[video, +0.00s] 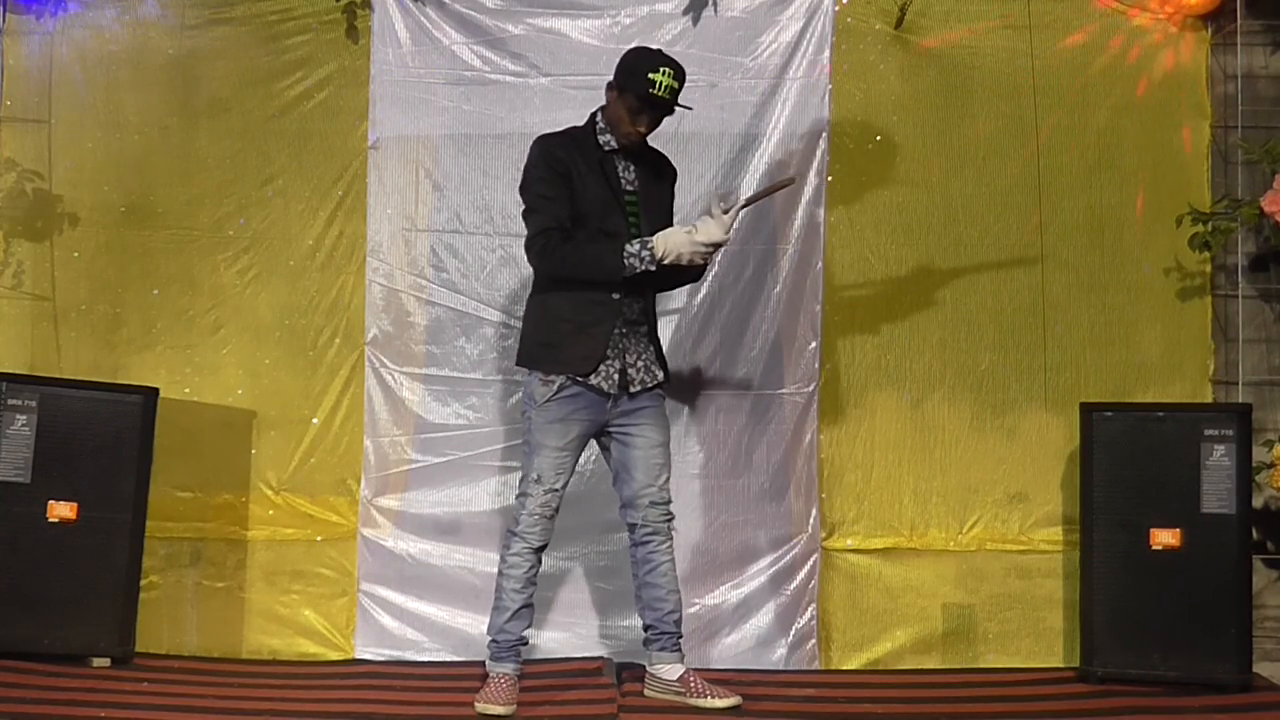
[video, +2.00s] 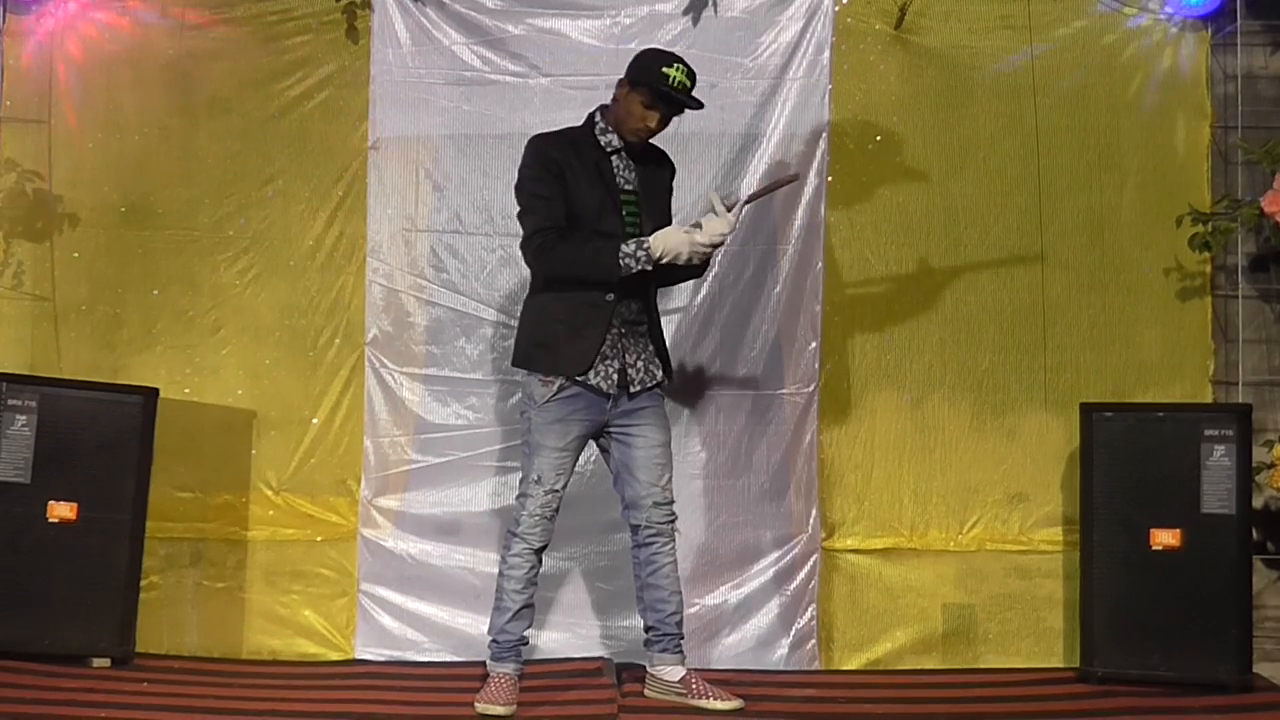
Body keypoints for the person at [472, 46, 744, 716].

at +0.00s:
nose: (647, 120)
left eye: (658, 112)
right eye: (640, 104)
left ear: (666, 112)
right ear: (613, 91)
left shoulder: (658, 171)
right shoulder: (554, 152)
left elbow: (645, 278)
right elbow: (549, 256)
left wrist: (696, 254)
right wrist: (650, 250)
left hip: (638, 374)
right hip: (563, 373)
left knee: (652, 516)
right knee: (534, 518)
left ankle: (665, 669)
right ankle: (502, 669)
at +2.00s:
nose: (658, 122)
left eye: (669, 114)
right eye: (652, 106)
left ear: (672, 116)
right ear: (622, 89)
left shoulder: (656, 169)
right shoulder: (550, 151)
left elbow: (645, 273)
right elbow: (545, 254)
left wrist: (698, 250)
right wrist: (646, 250)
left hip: (639, 376)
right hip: (562, 374)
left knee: (654, 518)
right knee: (534, 522)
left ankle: (666, 670)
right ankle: (503, 670)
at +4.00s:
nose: (610, 89)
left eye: (626, 81)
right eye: (602, 76)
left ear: (644, 93)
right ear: (587, 80)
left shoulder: (656, 169)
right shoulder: (546, 154)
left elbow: (651, 271)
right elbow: (535, 254)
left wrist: (702, 252)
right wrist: (615, 219)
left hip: (639, 373)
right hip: (562, 372)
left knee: (656, 518)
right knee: (532, 521)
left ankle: (666, 668)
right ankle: (503, 669)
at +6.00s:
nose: (640, 104)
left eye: (647, 92)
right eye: (628, 92)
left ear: (652, 94)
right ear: (597, 92)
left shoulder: (660, 160)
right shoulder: (548, 155)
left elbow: (662, 270)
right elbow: (522, 251)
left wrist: (674, 240)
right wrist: (617, 227)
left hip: (645, 378)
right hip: (565, 377)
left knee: (682, 510)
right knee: (534, 520)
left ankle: (669, 668)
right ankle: (503, 668)